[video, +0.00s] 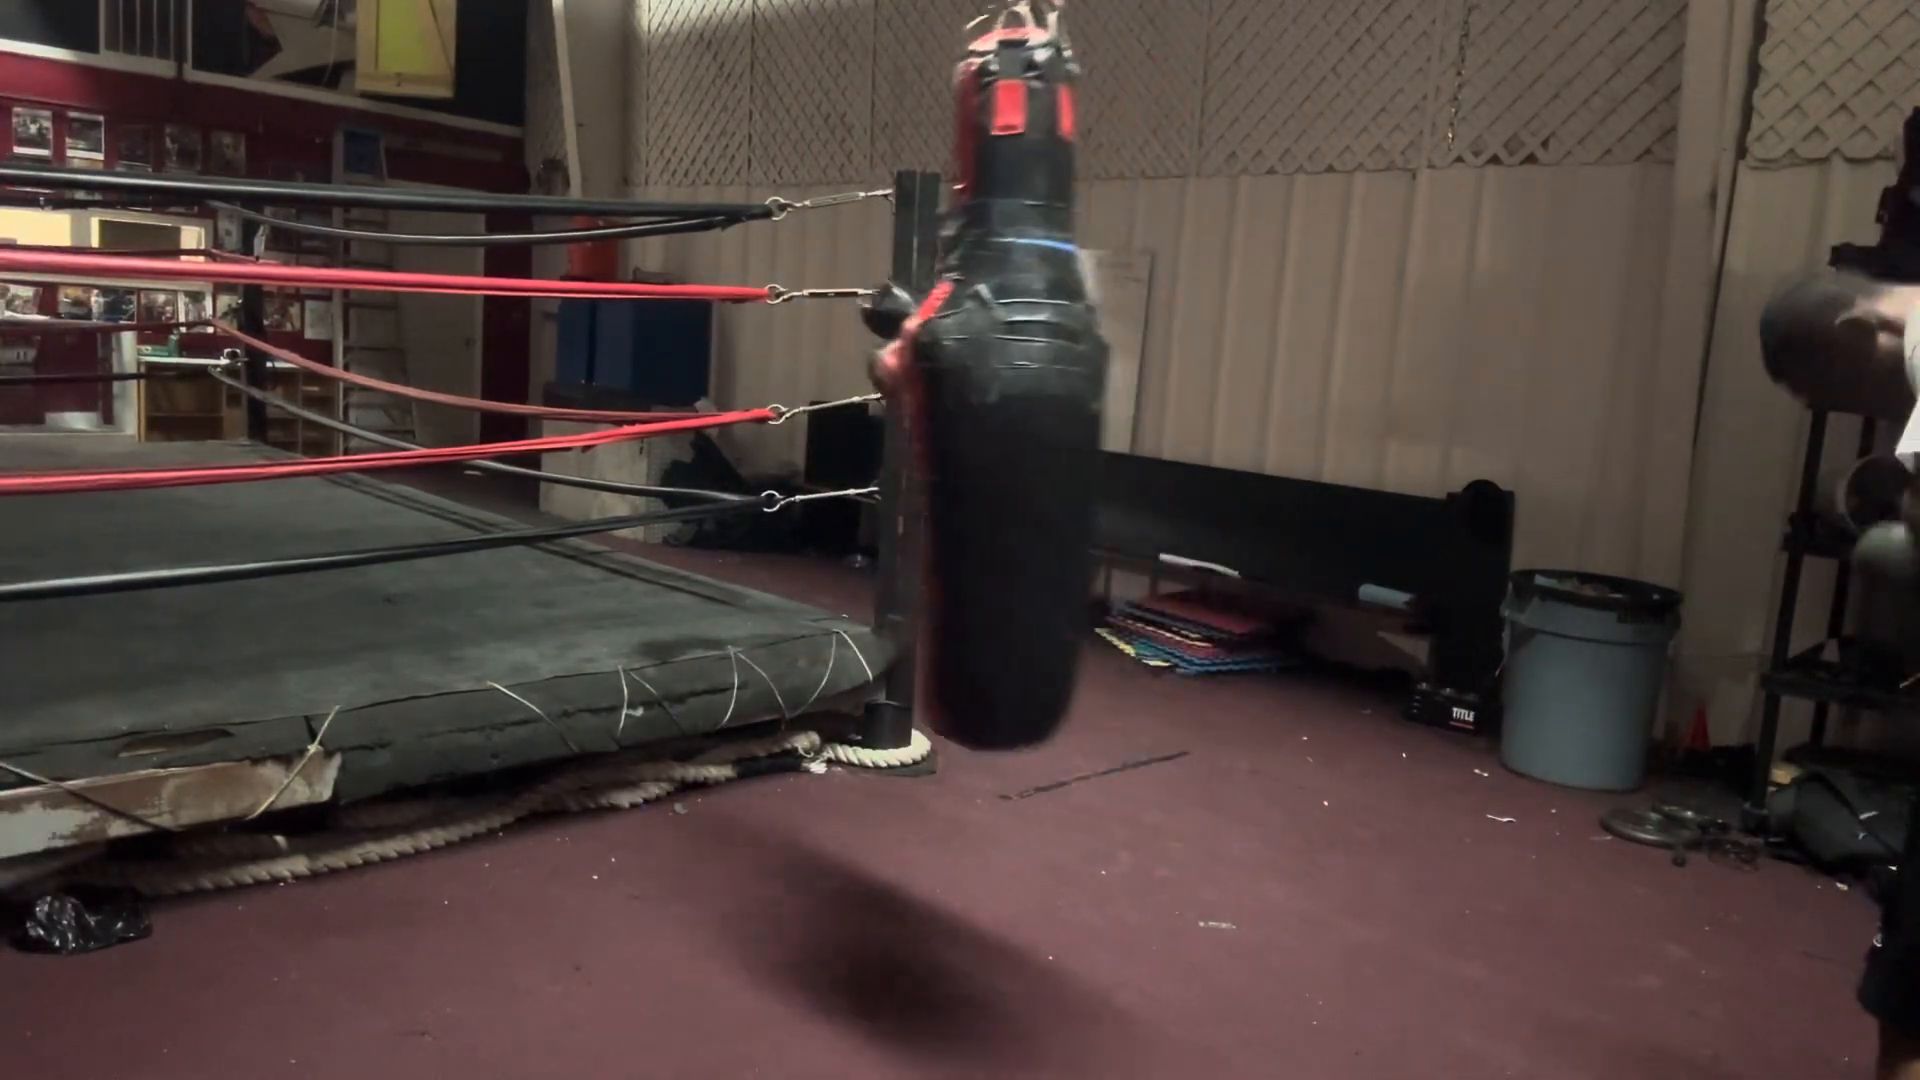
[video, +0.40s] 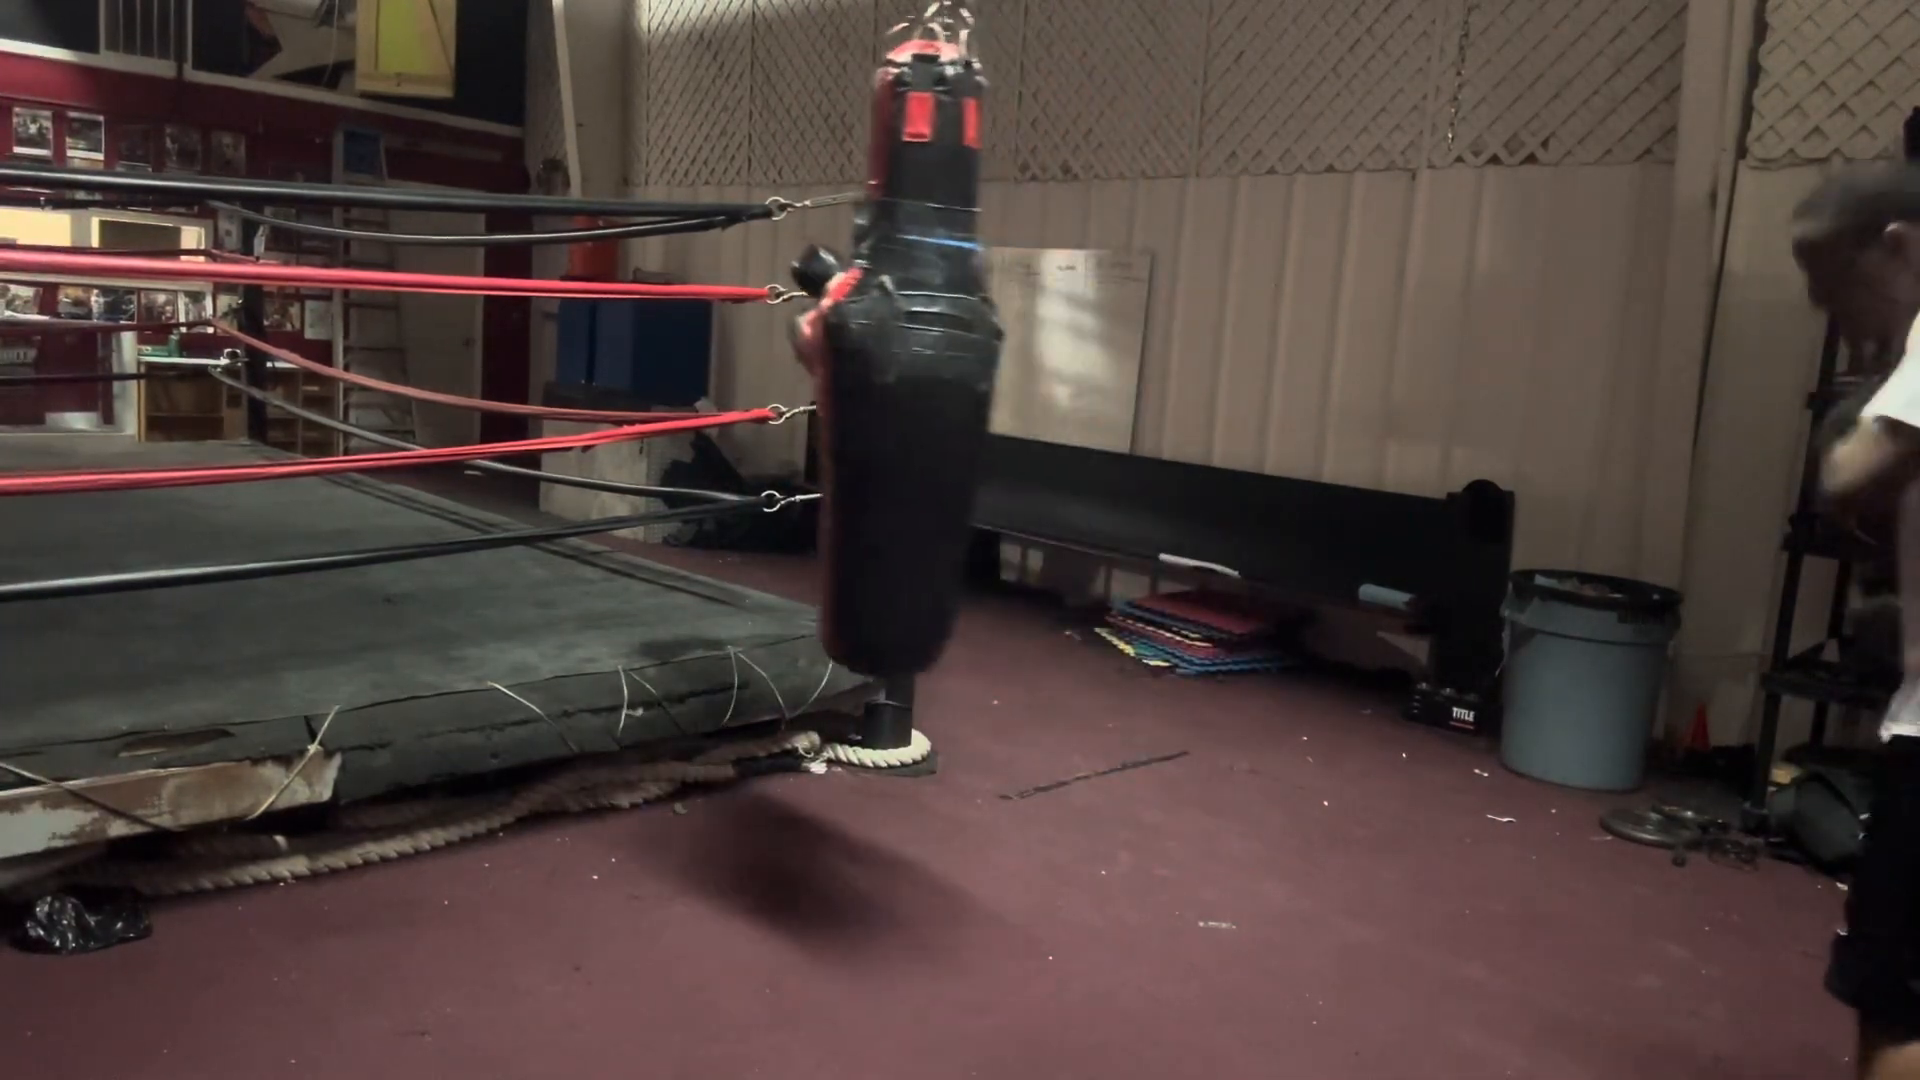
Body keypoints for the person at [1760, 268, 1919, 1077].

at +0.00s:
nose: (1848, 415)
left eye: (1835, 396)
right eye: (1829, 404)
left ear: (1868, 334)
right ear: (1869, 327)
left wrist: (1884, 502)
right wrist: (1887, 489)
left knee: (1901, 988)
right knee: (1898, 983)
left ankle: (1900, 1058)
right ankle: (1896, 1058)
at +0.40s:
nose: (1829, 320)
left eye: (1832, 291)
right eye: (1819, 298)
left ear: (1899, 249)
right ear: (1899, 252)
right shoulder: (1908, 349)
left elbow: (1852, 475)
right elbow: (1845, 478)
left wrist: (1845, 458)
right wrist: (1878, 467)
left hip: (1915, 728)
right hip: (1907, 723)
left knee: (1891, 1005)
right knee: (1884, 996)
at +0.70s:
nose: (1831, 237)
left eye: (1845, 212)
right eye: (1832, 213)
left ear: (1906, 210)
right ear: (1907, 213)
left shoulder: (1917, 300)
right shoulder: (1900, 306)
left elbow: (1750, 356)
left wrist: (1845, 326)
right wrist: (1847, 320)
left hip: (1898, 700)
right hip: (1883, 694)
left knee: (1836, 972)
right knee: (1840, 966)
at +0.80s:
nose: (1828, 244)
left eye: (1840, 219)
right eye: (1827, 221)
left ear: (1902, 214)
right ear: (1905, 219)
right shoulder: (1908, 293)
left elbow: (1741, 328)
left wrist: (1839, 306)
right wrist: (1847, 319)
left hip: (1900, 680)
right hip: (1891, 676)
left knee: (1775, 934)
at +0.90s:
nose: (1819, 244)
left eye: (1830, 220)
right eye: (1818, 222)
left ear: (1892, 214)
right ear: (1898, 219)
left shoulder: (1919, 282)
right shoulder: (1905, 290)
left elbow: (1736, 319)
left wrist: (1815, 311)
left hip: (1897, 678)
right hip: (1890, 673)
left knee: (1735, 900)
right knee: (1912, 933)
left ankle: (1795, 1064)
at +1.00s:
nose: (1803, 249)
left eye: (1815, 228)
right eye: (1803, 231)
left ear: (1872, 213)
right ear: (1883, 215)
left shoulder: (1909, 274)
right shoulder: (1898, 283)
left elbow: (1715, 310)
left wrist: (1817, 281)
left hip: (1885, 678)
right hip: (1882, 674)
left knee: (1710, 899)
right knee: (1910, 941)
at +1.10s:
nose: (1775, 251)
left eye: (1783, 230)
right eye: (1772, 233)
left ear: (1843, 218)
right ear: (1859, 221)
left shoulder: (1905, 271)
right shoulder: (1894, 284)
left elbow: (1685, 299)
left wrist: (1807, 303)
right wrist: (1798, 536)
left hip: (1865, 690)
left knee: (1699, 919)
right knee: (1916, 960)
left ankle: (1676, 1065)